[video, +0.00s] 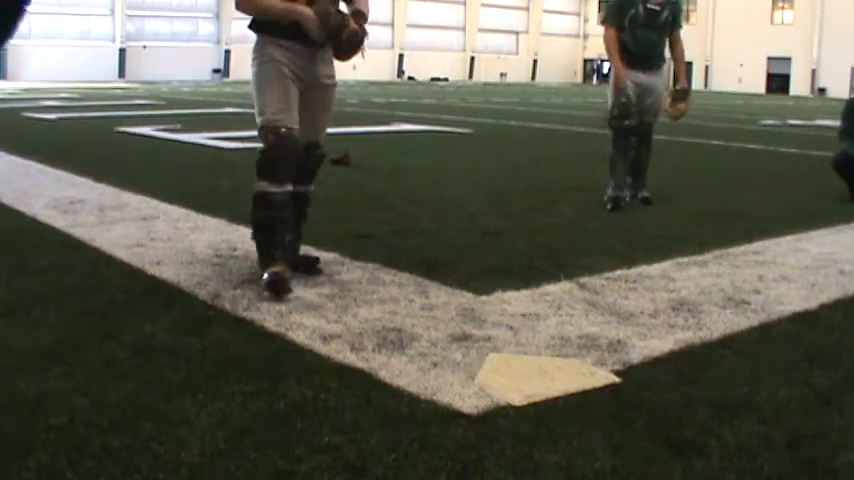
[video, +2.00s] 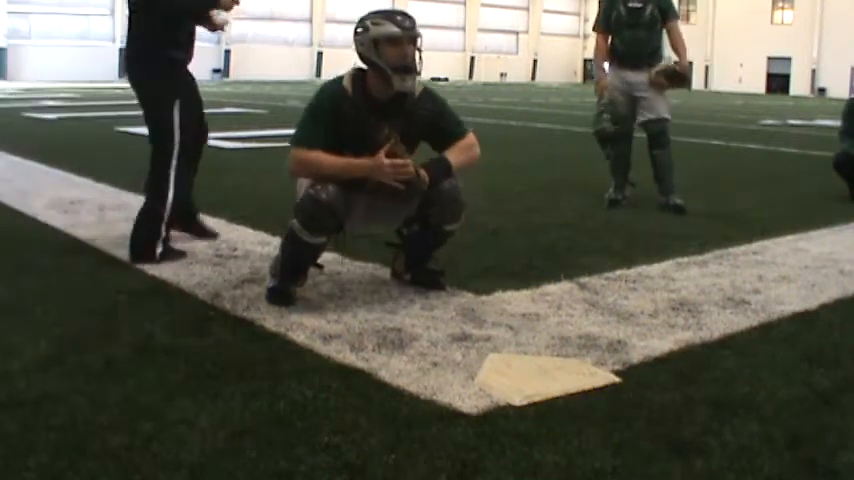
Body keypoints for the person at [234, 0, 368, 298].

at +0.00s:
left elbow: (359, 7)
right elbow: (244, 4)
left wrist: (355, 25)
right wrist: (299, 12)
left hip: (322, 53)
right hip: (276, 48)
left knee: (310, 153)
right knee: (280, 146)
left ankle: (290, 250)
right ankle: (272, 262)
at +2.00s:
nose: (408, 54)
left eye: (411, 45)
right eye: (395, 45)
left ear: (417, 47)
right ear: (369, 50)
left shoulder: (421, 100)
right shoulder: (334, 96)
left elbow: (470, 147)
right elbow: (299, 162)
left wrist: (426, 173)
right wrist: (369, 168)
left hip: (392, 198)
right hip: (339, 198)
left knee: (446, 193)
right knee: (322, 199)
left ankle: (411, 266)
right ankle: (286, 278)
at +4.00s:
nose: (400, 44)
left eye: (403, 35)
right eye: (388, 36)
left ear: (409, 37)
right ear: (362, 41)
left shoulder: (413, 92)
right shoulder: (325, 83)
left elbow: (456, 140)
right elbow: (280, 143)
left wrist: (456, 164)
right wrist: (348, 157)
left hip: (382, 166)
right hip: (322, 165)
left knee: (436, 181)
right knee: (305, 193)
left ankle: (430, 264)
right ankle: (254, 278)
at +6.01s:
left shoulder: (640, 3)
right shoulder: (561, 7)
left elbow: (649, 34)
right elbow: (520, 38)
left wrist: (599, 56)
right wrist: (471, 33)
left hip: (643, 124)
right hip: (588, 121)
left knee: (605, 236)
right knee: (498, 193)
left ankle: (703, 340)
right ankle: (500, 298)